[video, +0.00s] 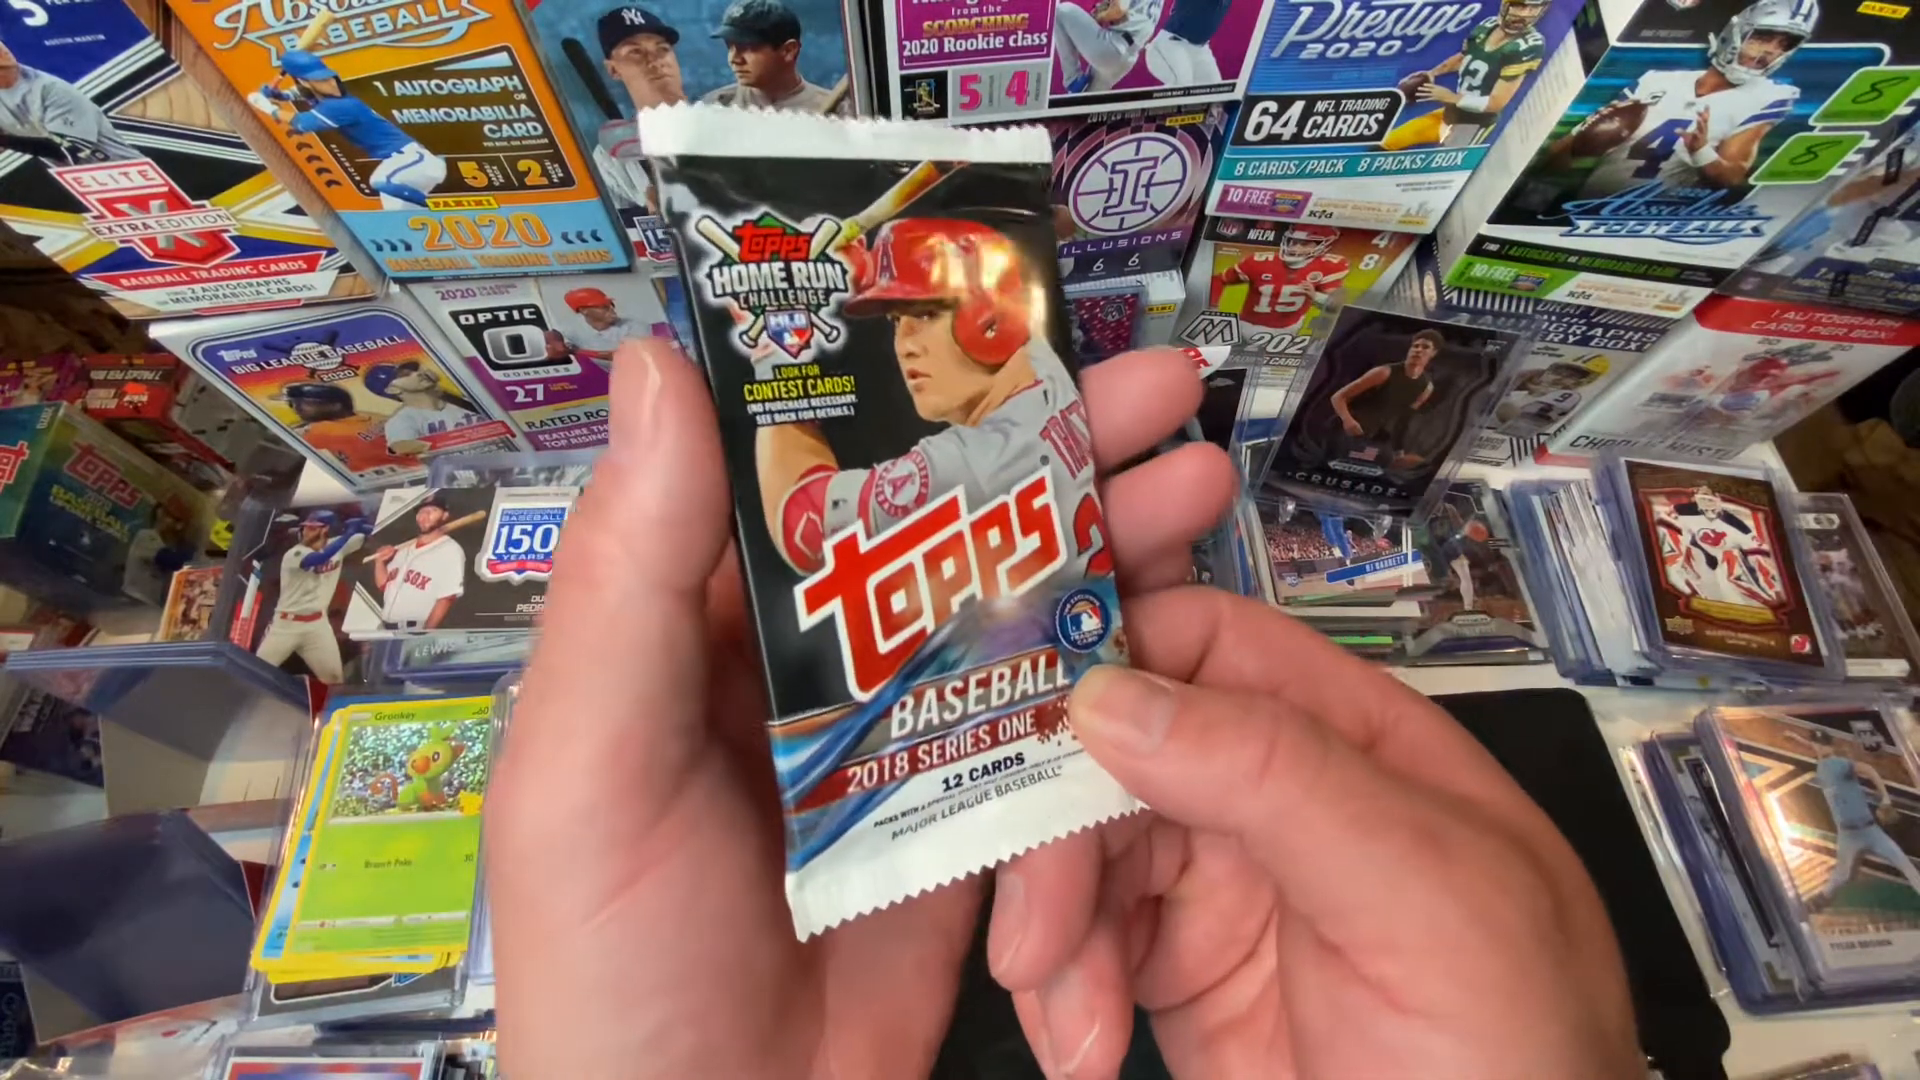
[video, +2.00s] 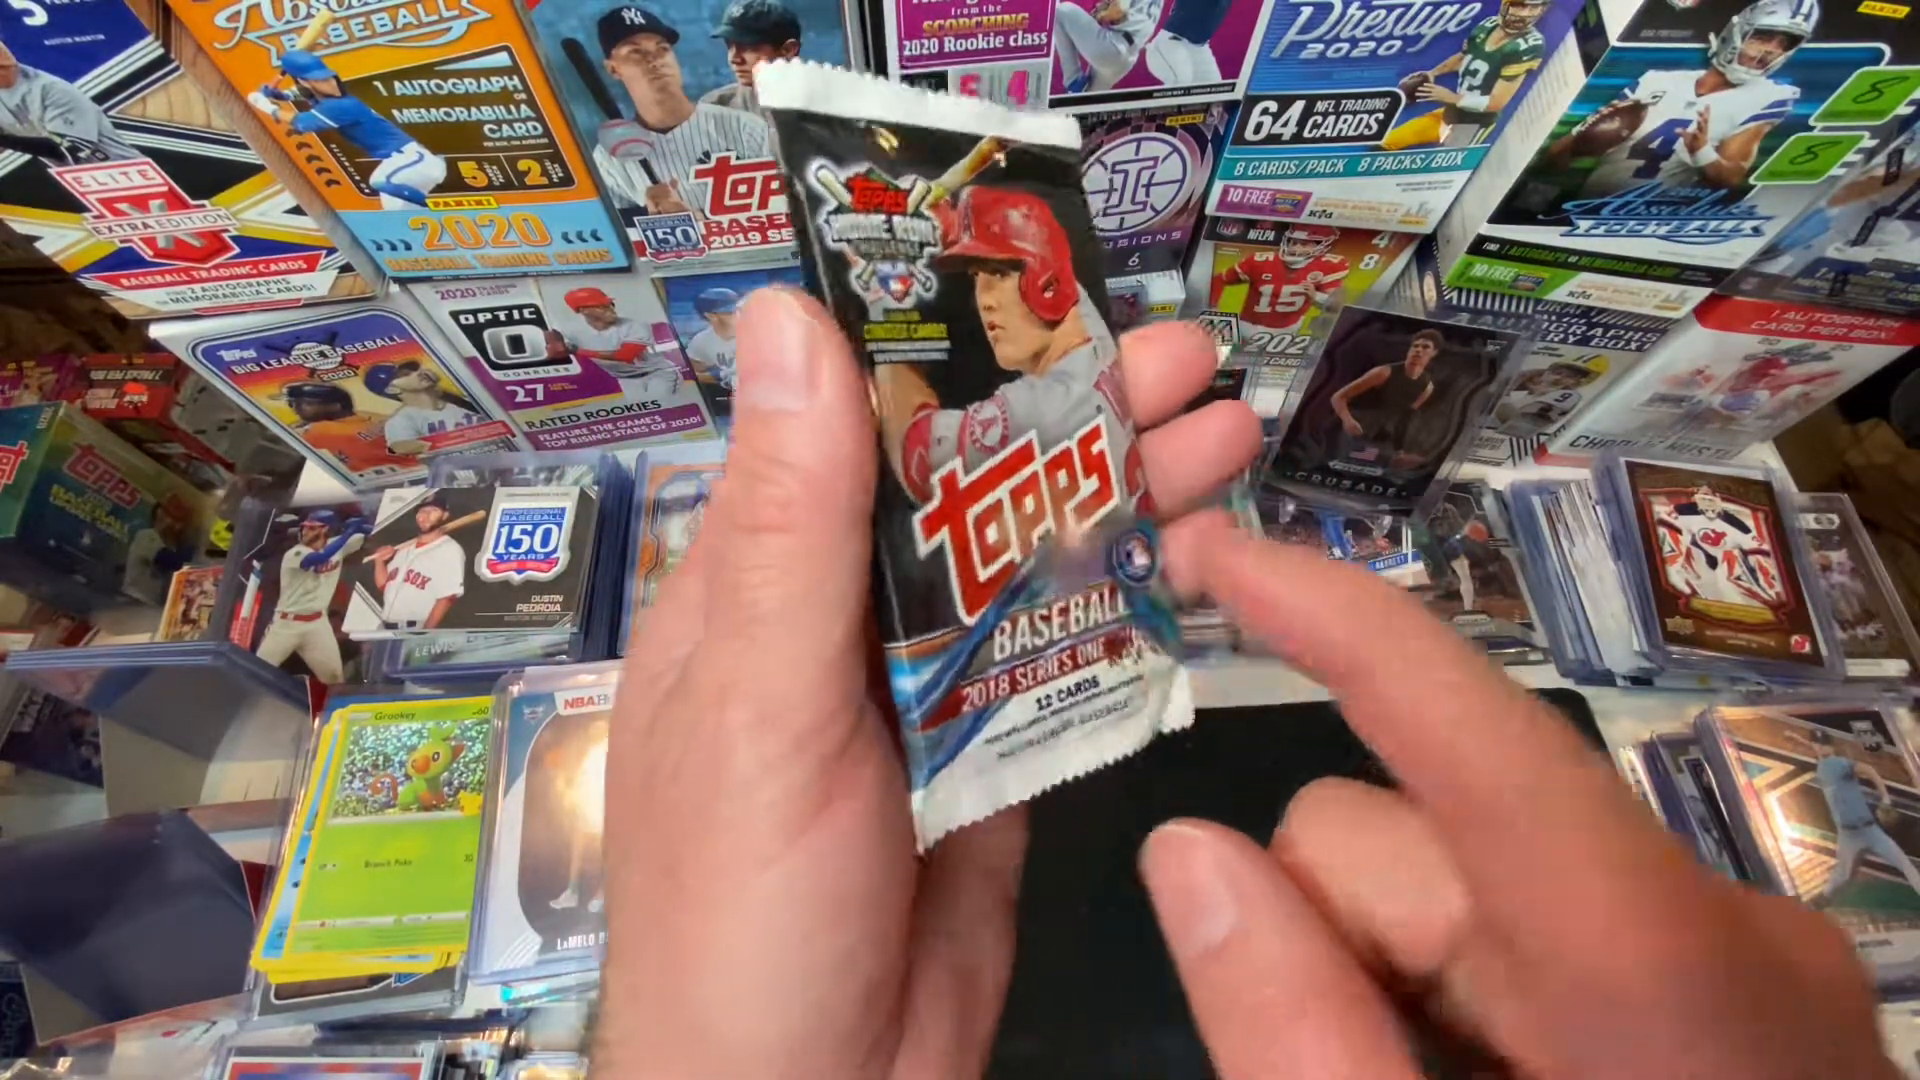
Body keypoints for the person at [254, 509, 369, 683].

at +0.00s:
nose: (305, 532)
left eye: (311, 528)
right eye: (304, 527)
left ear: (324, 530)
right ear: (302, 529)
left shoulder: (337, 548)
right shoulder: (293, 554)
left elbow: (368, 533)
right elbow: (319, 560)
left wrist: (358, 525)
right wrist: (346, 537)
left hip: (317, 626)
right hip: (284, 625)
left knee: (334, 679)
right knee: (257, 671)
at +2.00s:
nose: (303, 531)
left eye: (309, 528)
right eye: (304, 527)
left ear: (323, 531)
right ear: (303, 529)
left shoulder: (337, 548)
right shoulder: (294, 554)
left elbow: (368, 532)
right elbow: (320, 559)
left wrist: (357, 524)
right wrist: (348, 534)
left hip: (317, 625)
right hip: (285, 624)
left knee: (334, 677)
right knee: (258, 670)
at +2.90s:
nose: (304, 532)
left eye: (310, 528)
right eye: (304, 528)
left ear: (324, 531)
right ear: (303, 530)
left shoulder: (337, 547)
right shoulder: (294, 554)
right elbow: (320, 559)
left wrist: (357, 522)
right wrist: (348, 536)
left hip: (317, 625)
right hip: (285, 624)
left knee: (333, 677)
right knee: (258, 670)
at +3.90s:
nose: (303, 532)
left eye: (309, 528)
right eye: (304, 528)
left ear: (324, 531)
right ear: (303, 530)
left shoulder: (336, 549)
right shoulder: (293, 554)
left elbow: (365, 532)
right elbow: (318, 560)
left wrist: (354, 522)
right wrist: (346, 536)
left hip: (317, 625)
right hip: (284, 624)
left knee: (334, 680)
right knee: (258, 671)